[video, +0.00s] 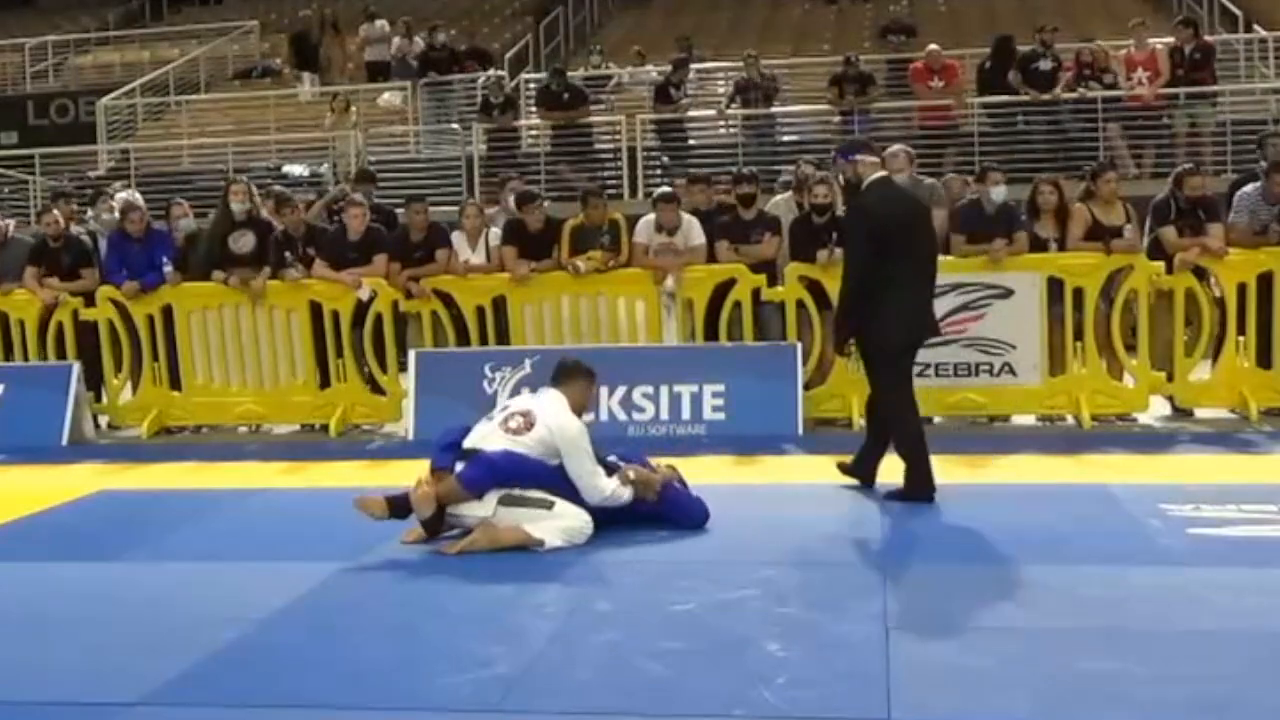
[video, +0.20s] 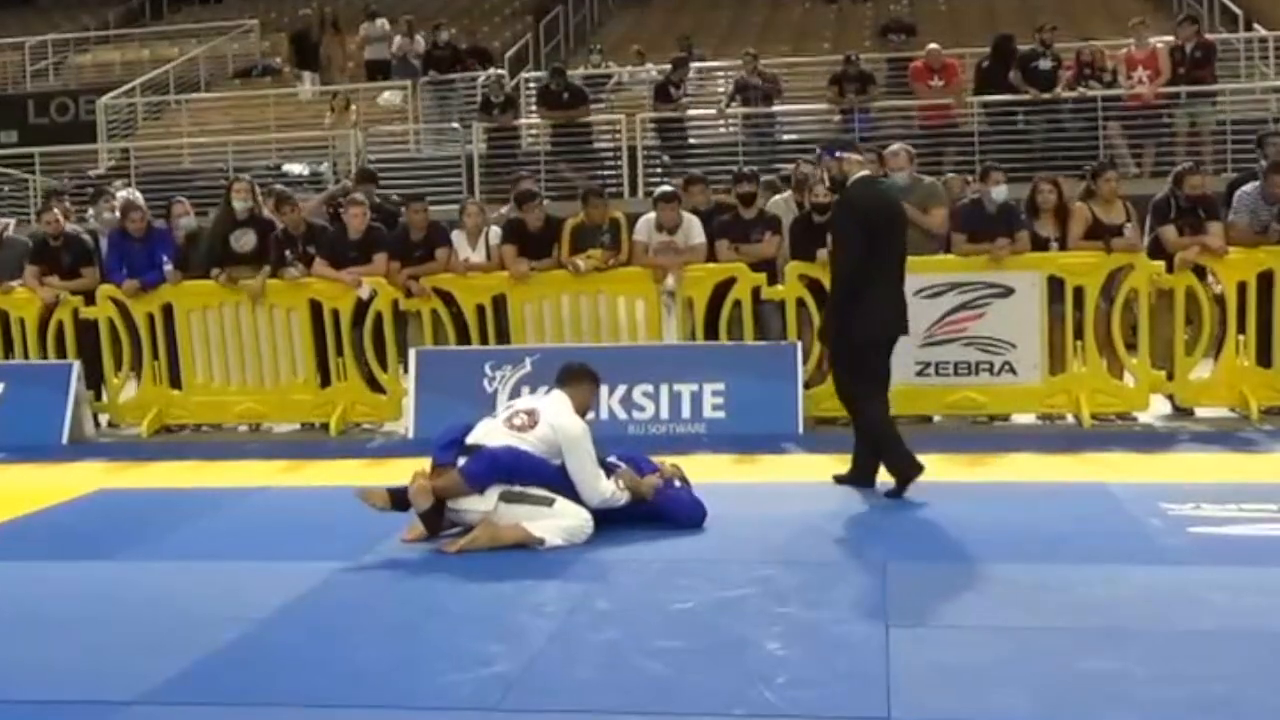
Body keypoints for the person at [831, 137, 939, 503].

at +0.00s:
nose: (841, 176)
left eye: (842, 170)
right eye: (841, 170)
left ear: (854, 166)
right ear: (877, 163)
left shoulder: (862, 207)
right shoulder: (913, 202)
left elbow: (855, 273)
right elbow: (928, 261)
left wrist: (842, 327)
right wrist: (924, 310)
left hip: (879, 317)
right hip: (913, 313)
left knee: (896, 397)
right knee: (885, 393)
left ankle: (919, 482)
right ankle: (865, 464)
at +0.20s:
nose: (829, 172)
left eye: (830, 166)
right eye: (829, 165)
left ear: (842, 165)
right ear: (865, 163)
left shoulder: (849, 203)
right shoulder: (889, 197)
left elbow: (847, 266)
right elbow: (895, 260)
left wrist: (833, 317)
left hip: (857, 313)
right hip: (888, 310)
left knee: (853, 390)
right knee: (872, 390)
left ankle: (902, 463)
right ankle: (863, 468)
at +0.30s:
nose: (819, 170)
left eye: (821, 163)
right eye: (818, 163)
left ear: (837, 161)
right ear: (850, 159)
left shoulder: (843, 201)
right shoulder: (876, 198)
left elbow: (837, 263)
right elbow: (878, 258)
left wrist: (819, 305)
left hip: (846, 309)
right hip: (876, 307)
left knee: (822, 381)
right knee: (866, 384)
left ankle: (873, 449)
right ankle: (863, 464)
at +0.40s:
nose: (789, 158)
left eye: (790, 150)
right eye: (787, 150)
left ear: (807, 148)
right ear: (822, 146)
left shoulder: (820, 185)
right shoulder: (848, 183)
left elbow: (813, 247)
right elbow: (846, 243)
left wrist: (783, 289)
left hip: (814, 296)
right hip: (845, 295)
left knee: (786, 364)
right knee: (839, 372)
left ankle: (820, 442)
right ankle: (838, 451)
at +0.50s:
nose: (767, 123)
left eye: (770, 114)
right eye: (767, 114)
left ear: (785, 115)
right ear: (802, 114)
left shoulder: (799, 154)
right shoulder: (829, 149)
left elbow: (796, 215)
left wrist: (758, 241)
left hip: (793, 261)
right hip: (828, 258)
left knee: (770, 335)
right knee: (825, 338)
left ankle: (768, 415)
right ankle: (830, 418)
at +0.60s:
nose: (750, 84)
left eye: (753, 75)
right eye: (749, 76)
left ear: (772, 74)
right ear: (777, 73)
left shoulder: (781, 115)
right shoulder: (805, 109)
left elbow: (774, 175)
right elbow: (827, 155)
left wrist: (734, 179)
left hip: (776, 223)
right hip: (804, 220)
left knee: (757, 301)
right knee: (808, 296)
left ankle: (730, 371)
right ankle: (821, 377)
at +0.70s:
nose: (726, 62)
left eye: (729, 54)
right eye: (725, 55)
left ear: (749, 52)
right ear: (754, 51)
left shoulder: (758, 91)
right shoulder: (778, 84)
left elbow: (740, 155)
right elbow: (801, 131)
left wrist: (697, 146)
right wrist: (731, 136)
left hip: (750, 199)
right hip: (777, 195)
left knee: (735, 279)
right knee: (783, 271)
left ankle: (716, 351)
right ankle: (804, 351)